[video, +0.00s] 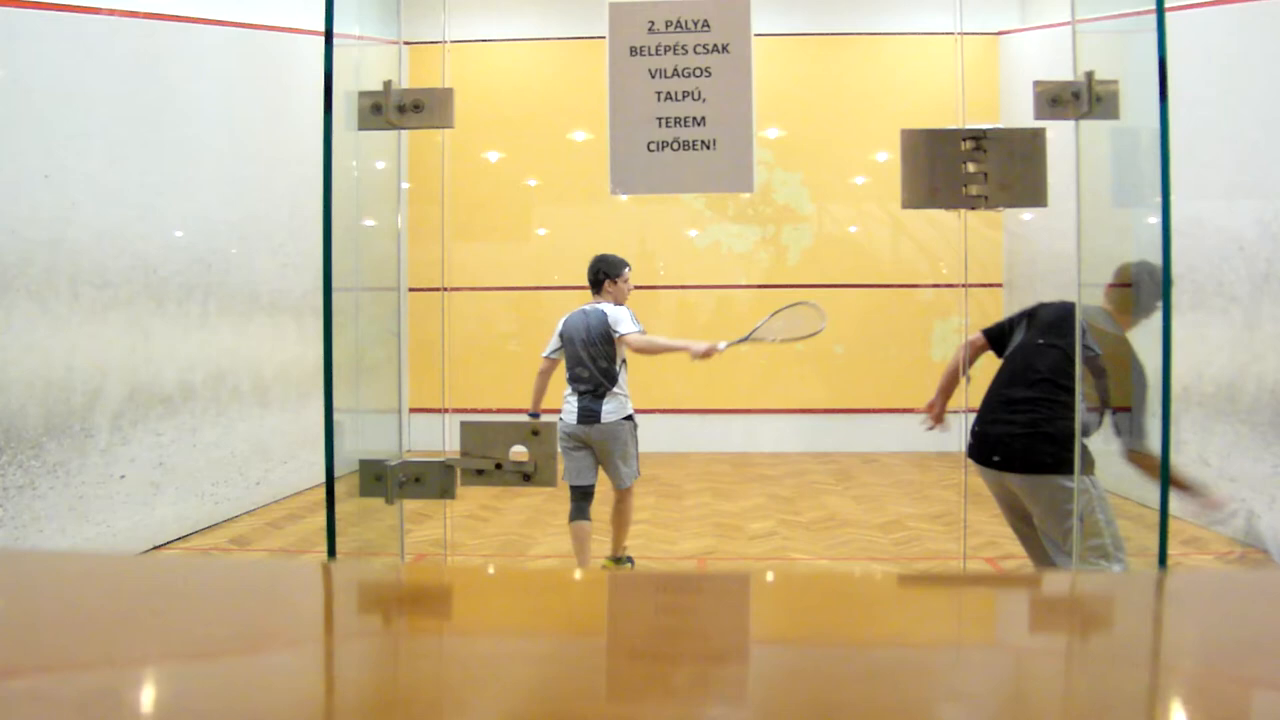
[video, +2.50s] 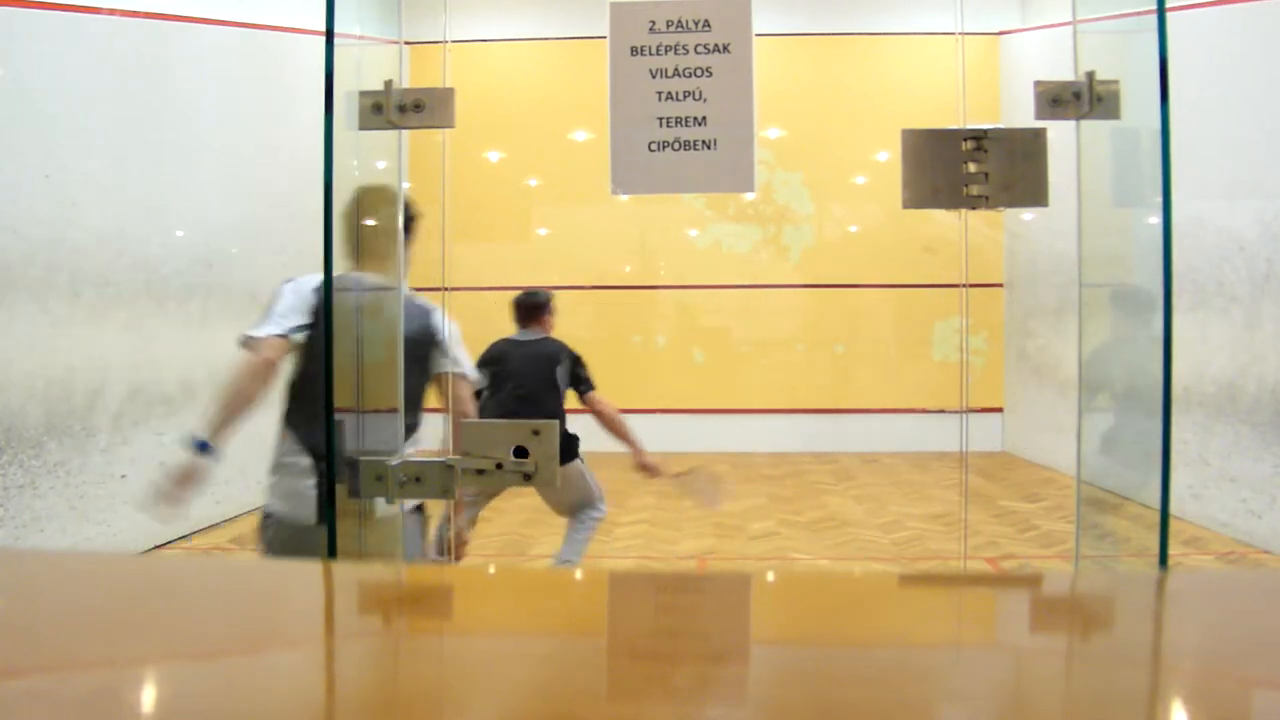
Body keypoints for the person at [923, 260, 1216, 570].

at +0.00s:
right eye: (1148, 305)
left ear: (1109, 288)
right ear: (1148, 308)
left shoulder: (1048, 313)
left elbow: (973, 345)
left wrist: (939, 399)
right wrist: (1192, 489)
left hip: (989, 449)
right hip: (1049, 457)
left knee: (1051, 563)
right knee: (1101, 564)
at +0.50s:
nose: (943, 253)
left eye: (947, 247)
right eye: (948, 246)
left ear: (952, 252)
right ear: (983, 258)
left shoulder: (943, 300)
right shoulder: (992, 302)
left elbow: (913, 372)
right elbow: (963, 348)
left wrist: (912, 341)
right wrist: (907, 343)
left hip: (987, 440)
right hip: (1028, 438)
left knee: (1000, 546)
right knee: (1012, 530)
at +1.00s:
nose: (790, 249)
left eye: (794, 242)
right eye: (792, 241)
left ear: (807, 246)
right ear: (826, 249)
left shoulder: (801, 293)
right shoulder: (848, 294)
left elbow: (790, 366)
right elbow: (867, 359)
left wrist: (766, 420)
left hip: (821, 427)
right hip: (861, 424)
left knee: (780, 504)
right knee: (842, 507)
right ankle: (858, 581)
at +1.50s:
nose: (647, 254)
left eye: (652, 246)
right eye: (647, 247)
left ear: (677, 245)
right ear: (681, 247)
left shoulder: (662, 291)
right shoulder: (713, 292)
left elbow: (641, 355)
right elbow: (736, 353)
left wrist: (616, 407)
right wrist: (726, 400)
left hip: (669, 409)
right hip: (706, 410)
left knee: (670, 497)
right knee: (671, 492)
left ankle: (687, 577)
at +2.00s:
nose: (549, 258)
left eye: (550, 253)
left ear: (552, 255)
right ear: (584, 255)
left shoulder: (547, 297)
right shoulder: (604, 299)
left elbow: (530, 359)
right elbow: (621, 358)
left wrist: (518, 403)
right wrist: (608, 397)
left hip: (556, 409)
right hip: (597, 409)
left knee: (514, 479)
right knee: (578, 483)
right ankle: (582, 560)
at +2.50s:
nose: (553, 320)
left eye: (551, 314)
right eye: (551, 314)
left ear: (517, 317)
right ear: (545, 317)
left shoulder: (495, 351)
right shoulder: (562, 354)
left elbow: (467, 399)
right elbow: (597, 406)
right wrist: (637, 450)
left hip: (495, 452)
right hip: (548, 453)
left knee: (464, 508)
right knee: (588, 508)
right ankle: (563, 570)